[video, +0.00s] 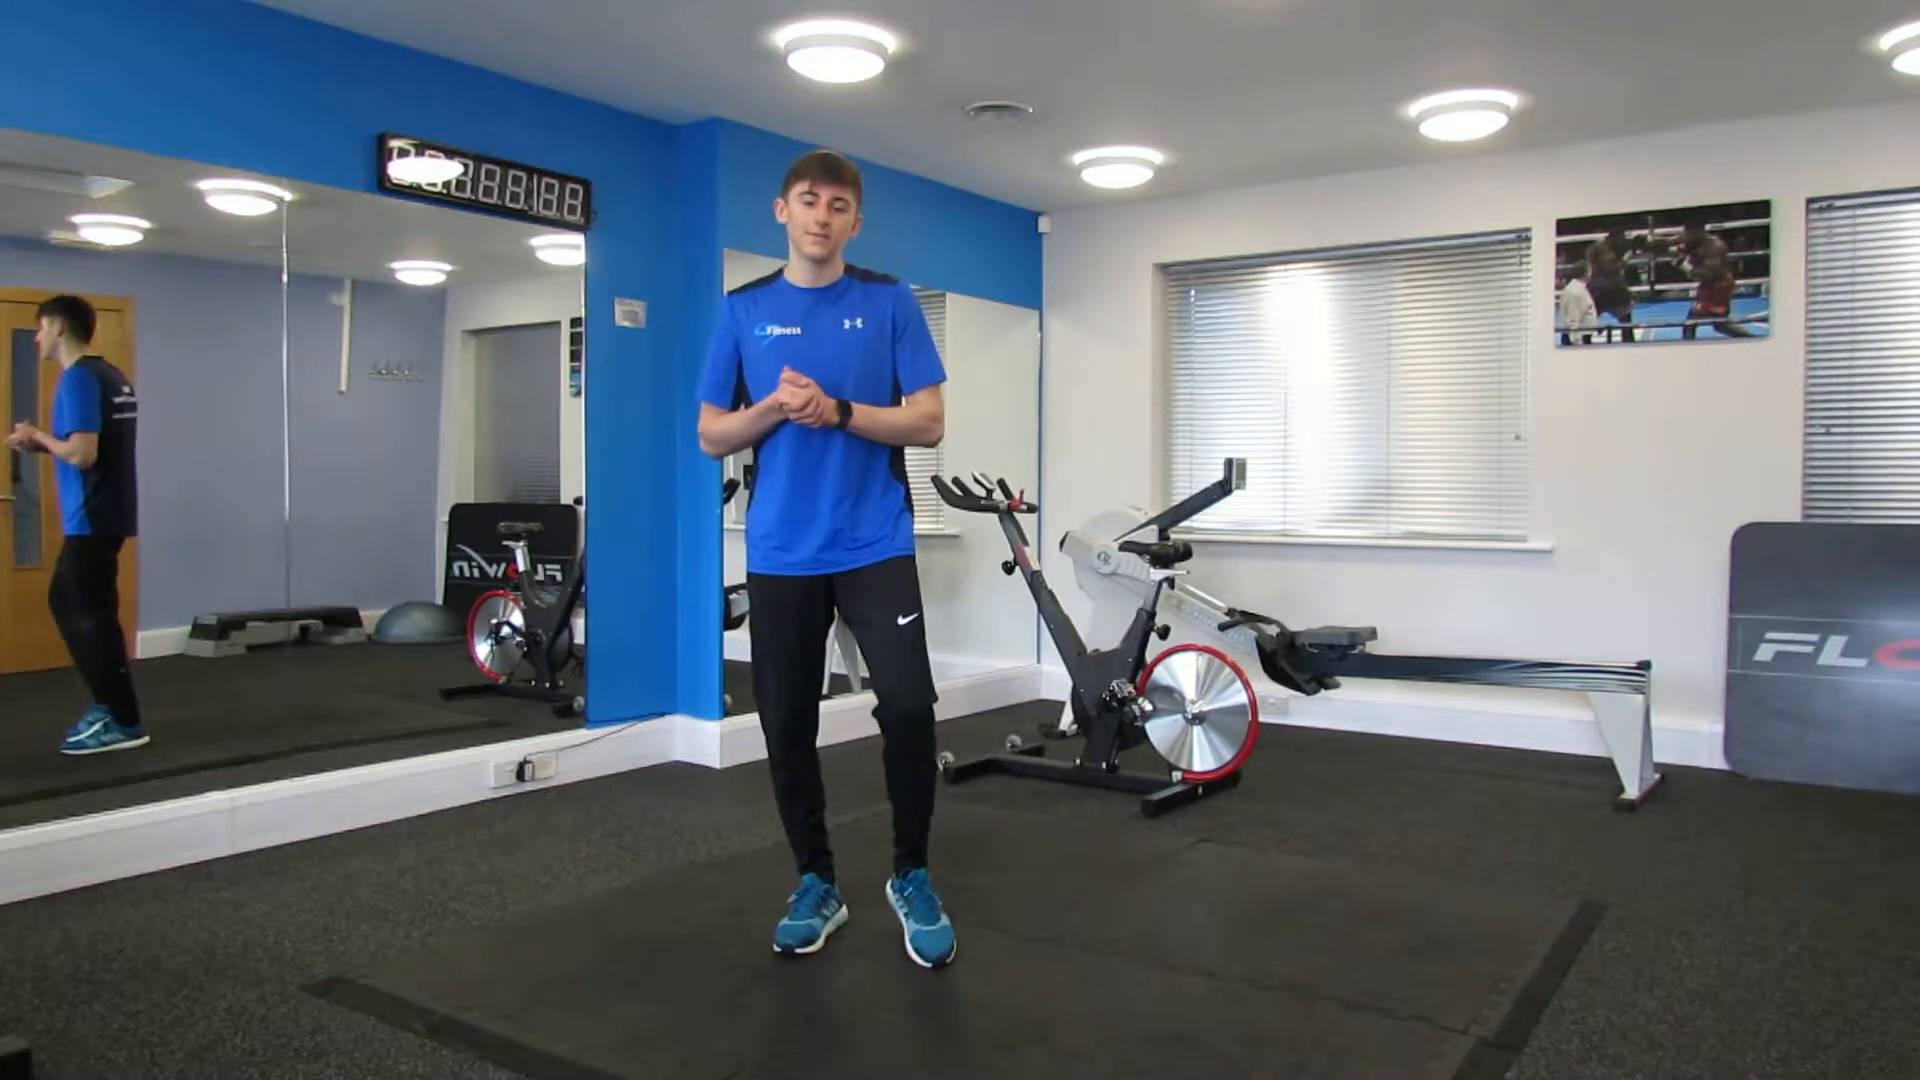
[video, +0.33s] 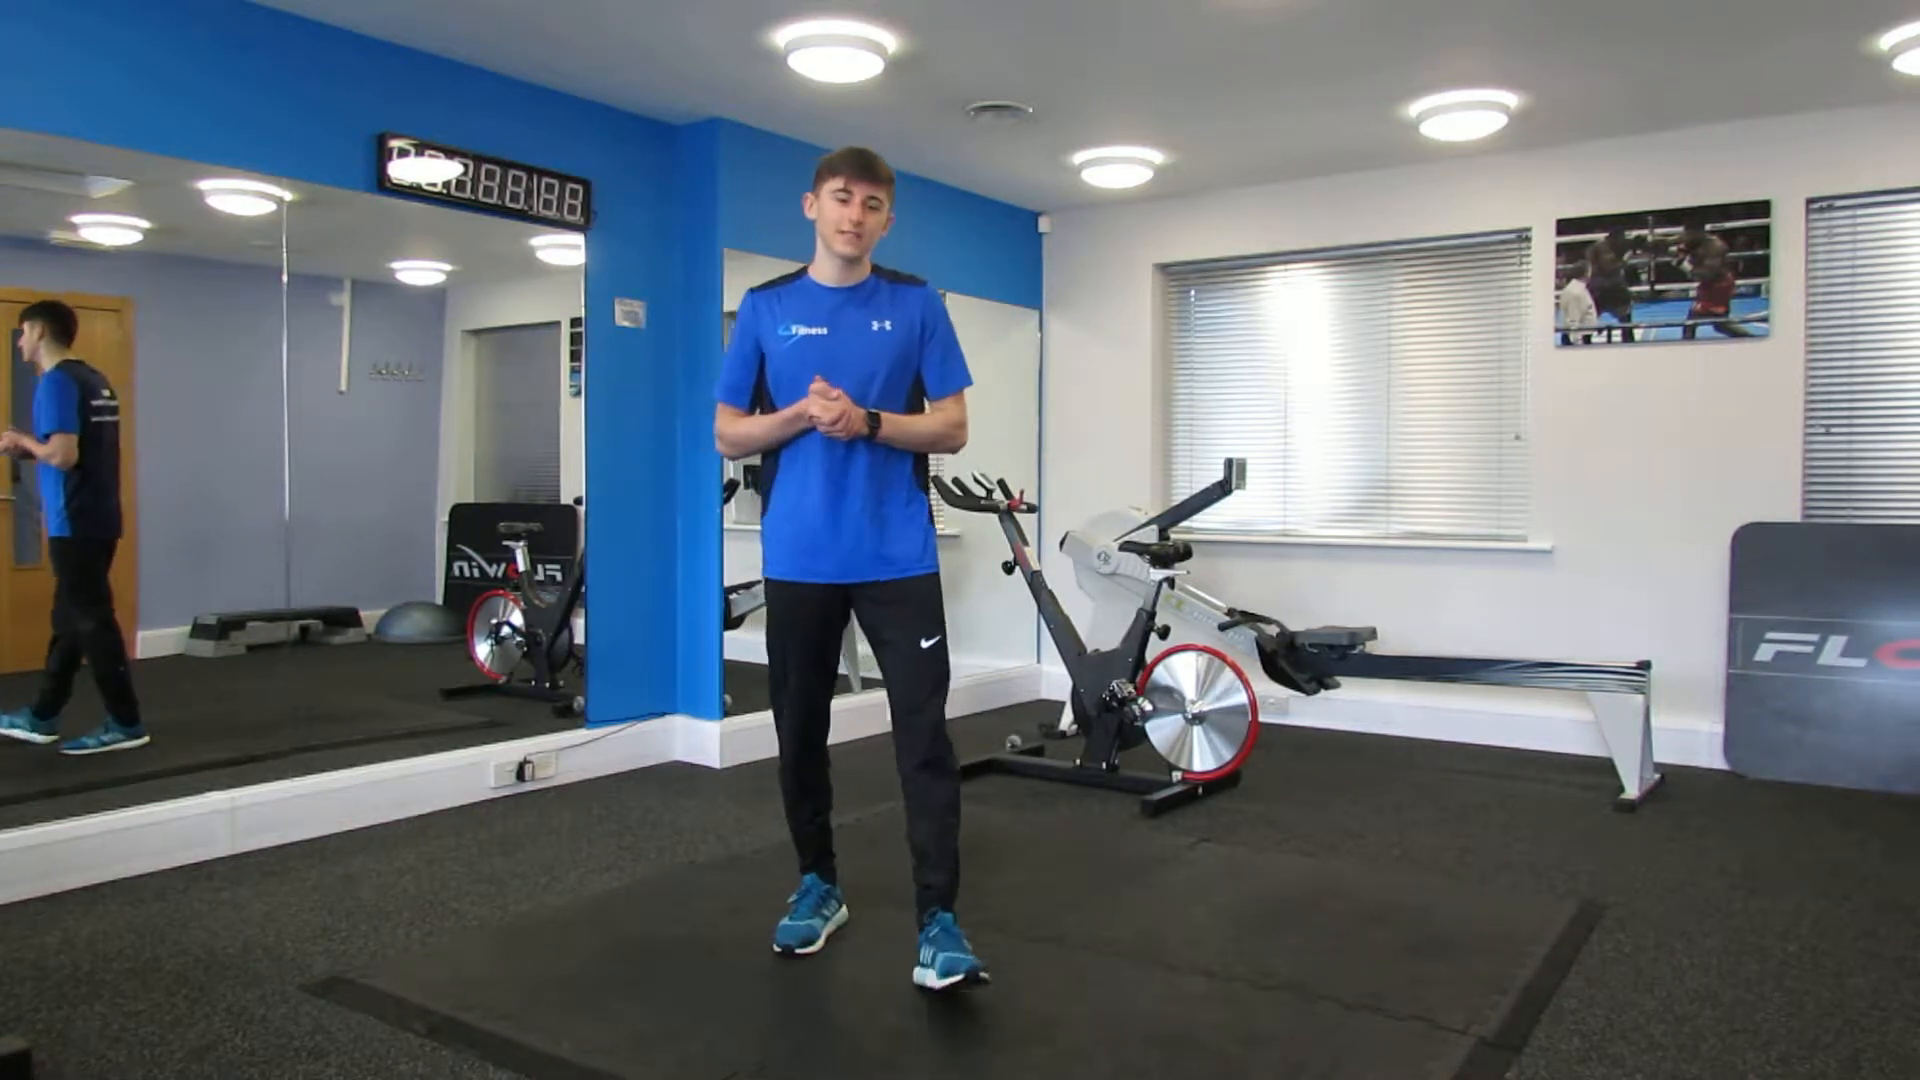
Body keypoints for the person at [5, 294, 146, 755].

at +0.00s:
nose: (36, 336)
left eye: (40, 327)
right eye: (38, 327)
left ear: (58, 328)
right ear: (81, 330)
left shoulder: (79, 377)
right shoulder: (111, 376)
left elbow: (83, 453)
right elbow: (92, 449)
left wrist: (40, 437)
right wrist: (42, 444)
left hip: (91, 522)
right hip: (108, 519)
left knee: (74, 604)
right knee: (83, 604)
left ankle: (122, 717)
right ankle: (109, 709)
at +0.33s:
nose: (19, 342)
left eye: (23, 332)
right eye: (21, 333)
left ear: (40, 333)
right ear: (61, 335)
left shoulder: (58, 382)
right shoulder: (94, 380)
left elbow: (64, 454)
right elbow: (81, 450)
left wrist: (23, 442)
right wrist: (30, 446)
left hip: (75, 529)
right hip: (98, 526)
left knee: (93, 620)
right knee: (68, 621)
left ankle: (126, 721)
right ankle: (43, 716)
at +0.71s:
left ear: (15, 335)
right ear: (41, 336)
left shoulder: (26, 379)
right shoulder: (72, 383)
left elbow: (23, 449)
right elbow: (64, 453)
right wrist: (18, 445)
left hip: (30, 525)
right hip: (63, 524)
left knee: (23, 617)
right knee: (39, 620)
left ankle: (99, 700)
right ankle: (35, 719)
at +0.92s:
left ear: (4, 337)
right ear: (31, 337)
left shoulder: (17, 378)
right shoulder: (58, 384)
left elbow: (12, 445)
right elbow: (54, 450)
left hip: (19, 519)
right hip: (52, 519)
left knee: (14, 610)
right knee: (33, 609)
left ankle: (39, 703)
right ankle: (43, 701)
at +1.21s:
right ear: (7, 335)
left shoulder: (7, 382)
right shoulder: (29, 384)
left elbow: (1, 448)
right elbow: (46, 457)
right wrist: (29, 499)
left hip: (10, 520)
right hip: (28, 519)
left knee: (20, 612)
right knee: (23, 611)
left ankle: (35, 716)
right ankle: (35, 715)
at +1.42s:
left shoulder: (10, 396)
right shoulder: (11, 396)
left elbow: (15, 463)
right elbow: (17, 462)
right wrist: (15, 527)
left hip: (3, 531)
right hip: (6, 529)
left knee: (6, 617)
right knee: (6, 616)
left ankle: (32, 714)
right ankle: (31, 714)